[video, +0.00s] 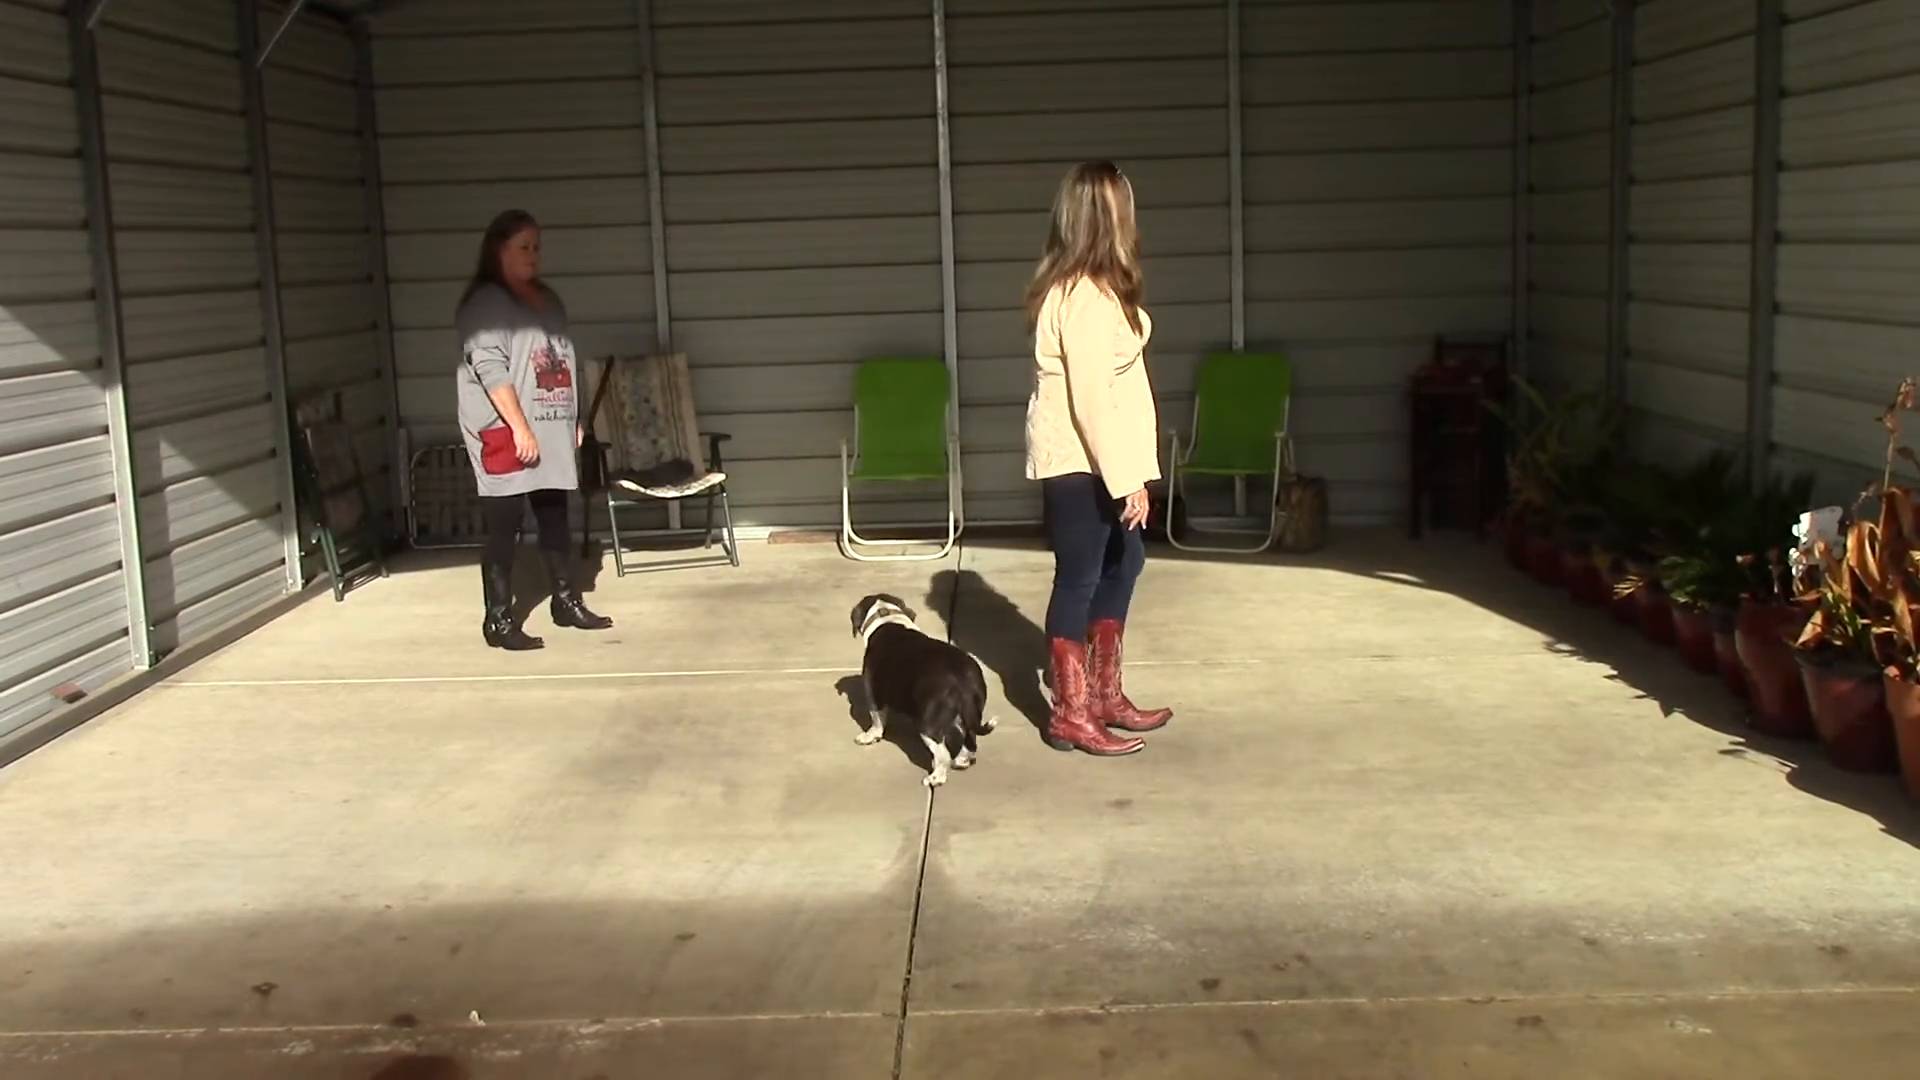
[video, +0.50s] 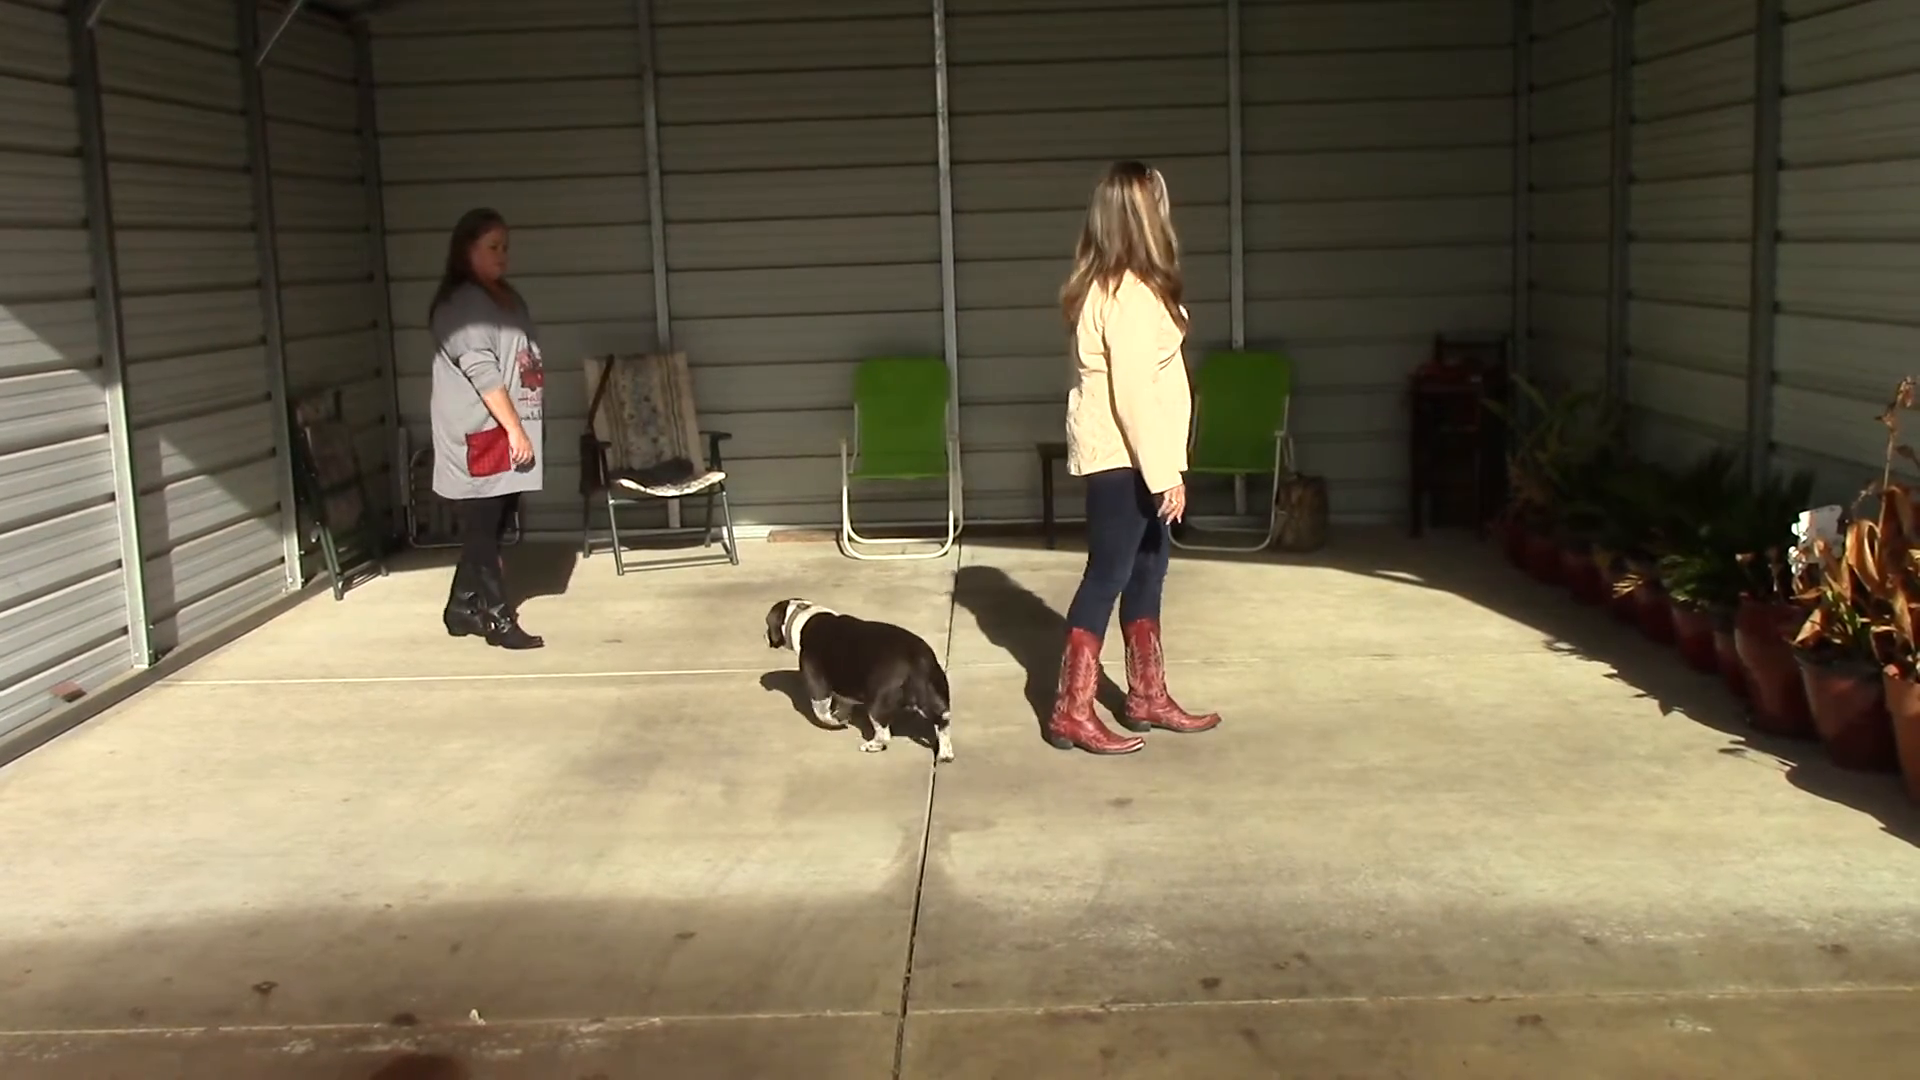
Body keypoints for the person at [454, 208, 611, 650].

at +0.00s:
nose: (533, 255)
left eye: (536, 247)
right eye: (524, 247)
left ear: (538, 251)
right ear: (498, 251)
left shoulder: (547, 300)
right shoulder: (483, 305)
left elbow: (562, 364)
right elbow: (491, 372)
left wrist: (573, 417)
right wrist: (519, 426)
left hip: (549, 428)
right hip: (500, 432)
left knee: (554, 512)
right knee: (503, 521)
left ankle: (566, 600)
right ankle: (498, 618)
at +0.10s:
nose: (526, 256)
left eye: (529, 248)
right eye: (517, 248)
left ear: (531, 252)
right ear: (491, 252)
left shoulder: (536, 300)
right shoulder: (477, 306)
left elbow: (543, 367)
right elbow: (487, 375)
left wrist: (549, 426)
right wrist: (510, 430)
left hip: (539, 435)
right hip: (494, 439)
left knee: (547, 514)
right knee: (500, 524)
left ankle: (559, 602)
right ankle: (498, 619)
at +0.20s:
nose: (520, 255)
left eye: (523, 248)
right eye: (512, 247)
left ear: (523, 251)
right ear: (486, 251)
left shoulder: (526, 301)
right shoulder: (475, 306)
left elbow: (532, 368)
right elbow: (486, 376)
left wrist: (537, 429)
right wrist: (504, 432)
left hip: (531, 437)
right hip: (492, 441)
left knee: (539, 515)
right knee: (498, 525)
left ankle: (542, 605)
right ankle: (499, 619)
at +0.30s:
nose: (513, 256)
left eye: (516, 248)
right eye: (505, 247)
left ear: (516, 251)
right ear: (480, 249)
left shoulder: (518, 299)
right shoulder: (469, 306)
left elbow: (527, 368)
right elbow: (485, 378)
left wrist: (533, 431)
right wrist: (505, 434)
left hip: (523, 433)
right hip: (488, 438)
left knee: (529, 511)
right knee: (494, 519)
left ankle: (515, 607)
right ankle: (497, 617)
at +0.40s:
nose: (508, 255)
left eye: (510, 247)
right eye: (499, 248)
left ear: (509, 251)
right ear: (473, 250)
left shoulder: (511, 299)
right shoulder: (465, 306)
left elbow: (520, 367)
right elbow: (485, 378)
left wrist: (527, 426)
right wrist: (509, 430)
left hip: (514, 429)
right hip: (479, 434)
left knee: (519, 508)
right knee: (488, 516)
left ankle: (476, 600)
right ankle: (499, 616)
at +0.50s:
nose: (502, 255)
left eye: (504, 247)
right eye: (493, 247)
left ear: (505, 251)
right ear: (467, 251)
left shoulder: (506, 298)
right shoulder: (461, 306)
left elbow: (515, 364)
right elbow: (483, 375)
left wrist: (522, 419)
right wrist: (514, 428)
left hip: (501, 429)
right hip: (472, 433)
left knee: (492, 517)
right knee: (482, 521)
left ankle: (463, 603)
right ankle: (497, 615)